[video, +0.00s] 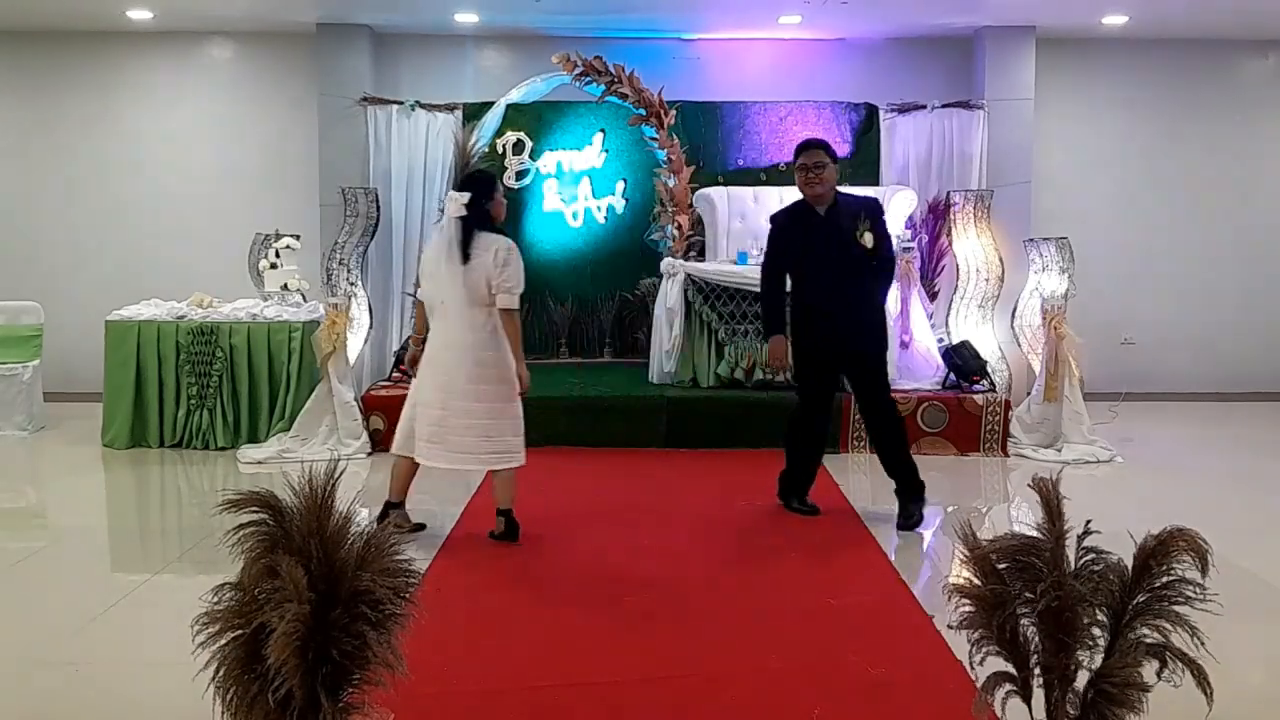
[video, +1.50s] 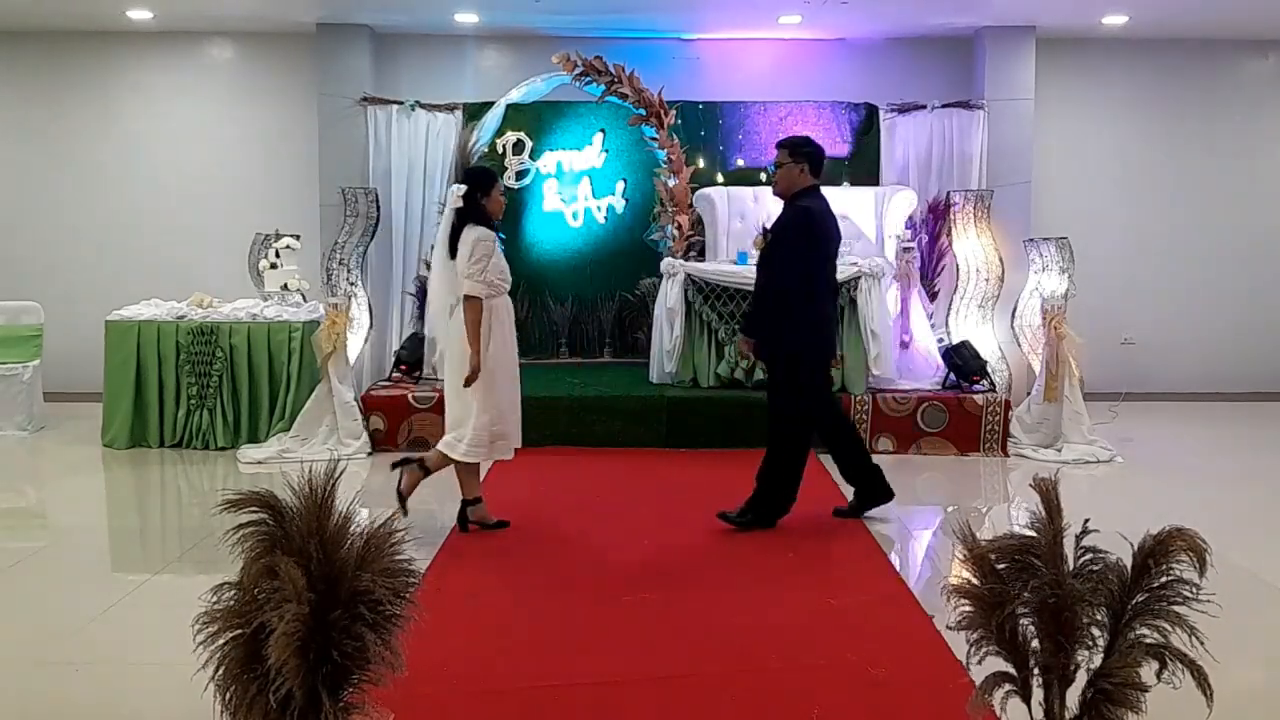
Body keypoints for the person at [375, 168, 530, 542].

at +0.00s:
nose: (505, 202)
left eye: (503, 196)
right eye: (500, 197)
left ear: (463, 203)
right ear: (486, 203)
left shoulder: (436, 245)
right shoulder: (502, 248)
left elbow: (422, 304)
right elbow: (508, 312)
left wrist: (416, 343)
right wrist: (520, 363)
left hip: (439, 356)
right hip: (487, 359)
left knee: (414, 428)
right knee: (502, 434)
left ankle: (393, 509)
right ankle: (504, 520)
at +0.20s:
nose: (482, 200)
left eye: (480, 194)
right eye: (476, 194)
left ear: (445, 199)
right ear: (459, 200)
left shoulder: (415, 235)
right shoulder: (464, 244)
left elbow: (404, 297)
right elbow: (460, 310)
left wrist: (398, 344)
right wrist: (465, 366)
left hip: (412, 352)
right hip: (452, 354)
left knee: (401, 430)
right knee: (475, 433)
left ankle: (390, 511)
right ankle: (477, 517)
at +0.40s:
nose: (466, 198)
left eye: (464, 192)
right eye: (460, 192)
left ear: (433, 197)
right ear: (442, 198)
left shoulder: (410, 233)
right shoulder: (433, 237)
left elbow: (403, 297)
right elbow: (417, 299)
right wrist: (421, 356)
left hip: (400, 351)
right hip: (428, 353)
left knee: (397, 429)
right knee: (442, 430)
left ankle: (389, 510)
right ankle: (422, 509)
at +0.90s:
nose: (459, 198)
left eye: (457, 190)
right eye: (453, 191)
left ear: (427, 195)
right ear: (434, 195)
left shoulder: (404, 231)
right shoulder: (428, 236)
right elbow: (434, 301)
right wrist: (460, 349)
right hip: (413, 344)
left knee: (455, 411)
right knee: (398, 423)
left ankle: (446, 494)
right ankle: (380, 512)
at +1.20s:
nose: (475, 208)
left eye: (473, 201)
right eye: (469, 202)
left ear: (446, 207)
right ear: (450, 207)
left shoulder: (431, 245)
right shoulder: (449, 250)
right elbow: (462, 314)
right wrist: (491, 355)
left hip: (441, 344)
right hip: (444, 348)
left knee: (468, 422)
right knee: (418, 427)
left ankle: (474, 506)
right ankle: (384, 511)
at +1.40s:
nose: (495, 201)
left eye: (494, 194)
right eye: (490, 195)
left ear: (465, 199)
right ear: (472, 199)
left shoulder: (457, 233)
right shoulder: (473, 237)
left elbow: (461, 298)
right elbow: (468, 298)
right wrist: (477, 352)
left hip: (461, 341)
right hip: (468, 343)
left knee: (466, 424)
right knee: (453, 425)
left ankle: (473, 505)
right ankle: (400, 493)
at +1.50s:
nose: (504, 201)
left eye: (502, 194)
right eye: (499, 195)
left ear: (474, 198)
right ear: (483, 198)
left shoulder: (462, 232)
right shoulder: (482, 236)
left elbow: (460, 296)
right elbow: (472, 297)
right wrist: (475, 352)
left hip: (467, 340)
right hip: (481, 341)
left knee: (468, 423)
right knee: (482, 423)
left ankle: (473, 506)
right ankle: (419, 470)